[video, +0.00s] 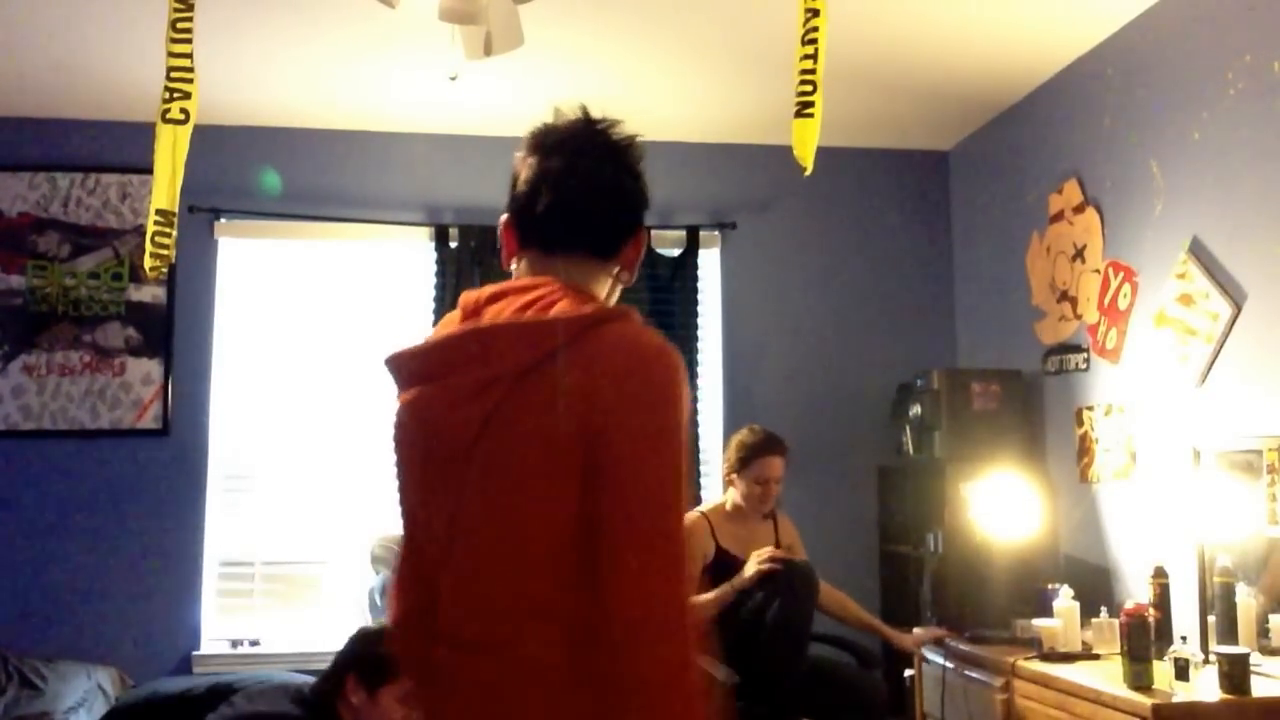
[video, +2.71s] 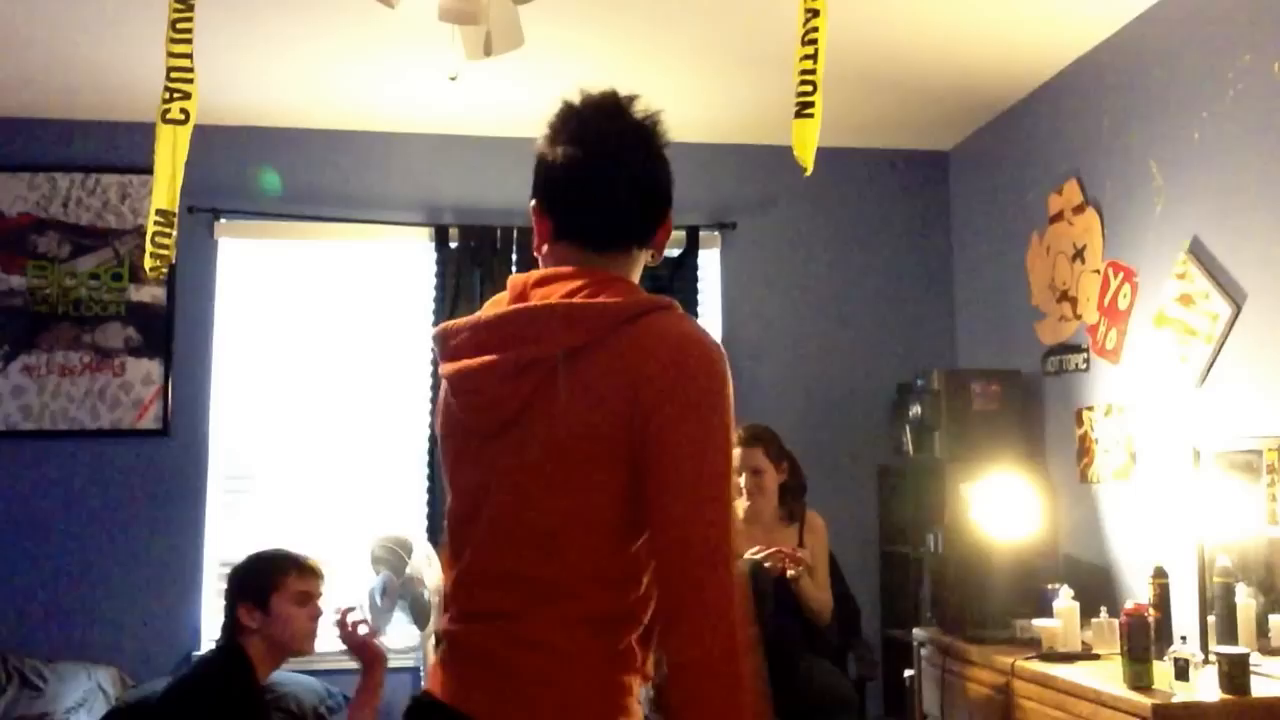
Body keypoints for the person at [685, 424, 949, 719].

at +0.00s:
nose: (771, 492)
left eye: (777, 482)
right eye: (760, 483)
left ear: (783, 479)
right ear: (731, 478)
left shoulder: (779, 525)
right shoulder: (697, 527)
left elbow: (814, 590)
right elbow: (684, 613)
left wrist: (894, 636)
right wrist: (741, 581)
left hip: (775, 634)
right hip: (723, 644)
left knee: (867, 660)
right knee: (798, 578)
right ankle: (764, 703)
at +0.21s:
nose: (762, 496)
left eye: (771, 485)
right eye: (751, 485)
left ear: (780, 481)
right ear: (727, 478)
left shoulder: (786, 524)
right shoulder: (702, 527)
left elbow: (803, 601)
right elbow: (688, 614)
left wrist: (876, 617)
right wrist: (730, 578)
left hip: (776, 643)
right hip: (719, 654)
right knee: (790, 576)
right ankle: (764, 707)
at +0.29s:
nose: (761, 496)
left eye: (770, 485)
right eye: (751, 485)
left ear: (780, 482)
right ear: (727, 480)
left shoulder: (789, 524)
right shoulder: (713, 527)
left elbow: (795, 603)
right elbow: (704, 597)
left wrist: (845, 602)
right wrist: (738, 570)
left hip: (778, 649)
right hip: (729, 651)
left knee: (858, 688)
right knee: (788, 575)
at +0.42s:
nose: (760, 496)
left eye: (769, 484)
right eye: (749, 485)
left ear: (781, 480)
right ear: (727, 479)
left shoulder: (794, 523)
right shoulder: (706, 525)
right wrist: (727, 571)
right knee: (781, 582)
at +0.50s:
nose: (760, 494)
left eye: (769, 484)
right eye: (750, 484)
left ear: (780, 481)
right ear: (728, 478)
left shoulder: (794, 524)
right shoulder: (700, 527)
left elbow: (812, 615)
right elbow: (679, 621)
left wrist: (804, 580)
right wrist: (726, 575)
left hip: (779, 650)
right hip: (713, 660)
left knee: (851, 690)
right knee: (776, 576)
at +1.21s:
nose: (757, 489)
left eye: (767, 478)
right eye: (748, 478)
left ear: (781, 478)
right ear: (733, 477)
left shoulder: (804, 523)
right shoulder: (719, 524)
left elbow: (820, 610)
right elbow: (688, 612)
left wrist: (796, 568)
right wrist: (744, 565)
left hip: (788, 652)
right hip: (730, 652)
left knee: (840, 696)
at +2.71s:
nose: (745, 484)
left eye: (756, 472)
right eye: (737, 473)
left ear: (781, 471)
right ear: (728, 477)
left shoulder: (810, 525)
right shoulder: (721, 527)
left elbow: (823, 613)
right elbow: (709, 595)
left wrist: (801, 578)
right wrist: (745, 567)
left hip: (798, 654)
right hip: (740, 656)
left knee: (839, 698)